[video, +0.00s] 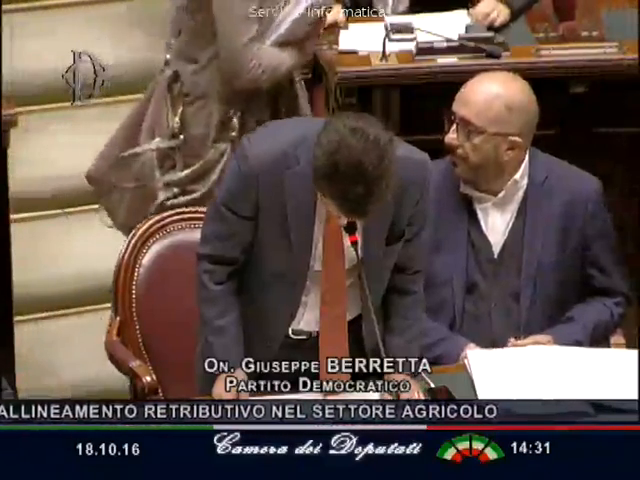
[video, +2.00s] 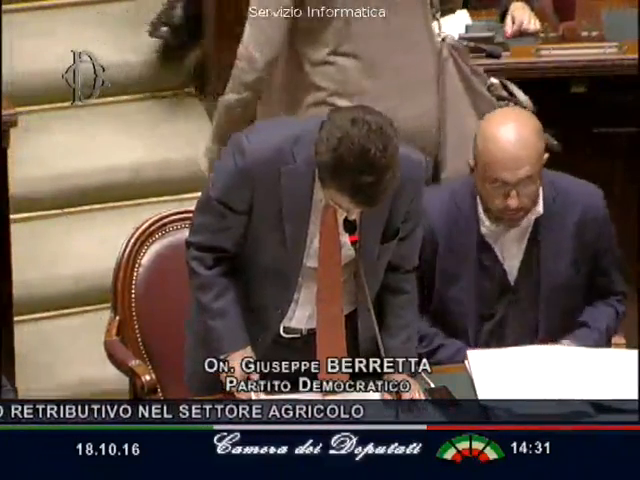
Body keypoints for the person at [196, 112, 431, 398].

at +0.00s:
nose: (345, 219)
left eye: (357, 215)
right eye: (338, 211)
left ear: (387, 176)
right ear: (317, 181)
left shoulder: (412, 172)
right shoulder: (258, 162)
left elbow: (408, 279)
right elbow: (216, 265)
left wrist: (403, 367)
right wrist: (226, 367)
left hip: (358, 335)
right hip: (272, 340)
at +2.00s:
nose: (351, 215)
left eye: (363, 207)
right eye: (341, 204)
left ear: (389, 175)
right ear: (321, 169)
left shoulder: (409, 175)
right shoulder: (253, 160)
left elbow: (401, 276)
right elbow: (207, 254)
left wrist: (401, 366)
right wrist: (234, 347)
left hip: (350, 333)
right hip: (264, 338)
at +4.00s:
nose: (354, 211)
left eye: (365, 203)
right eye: (343, 200)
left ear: (391, 173)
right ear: (322, 164)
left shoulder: (407, 175)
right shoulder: (253, 155)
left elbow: (400, 276)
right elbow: (200, 245)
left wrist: (401, 367)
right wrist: (227, 340)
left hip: (345, 337)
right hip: (257, 341)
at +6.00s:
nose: (352, 213)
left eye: (366, 205)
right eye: (342, 200)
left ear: (394, 176)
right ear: (324, 161)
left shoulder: (410, 176)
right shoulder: (256, 156)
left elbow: (403, 276)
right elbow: (206, 247)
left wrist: (401, 366)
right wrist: (231, 342)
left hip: (351, 336)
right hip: (264, 340)